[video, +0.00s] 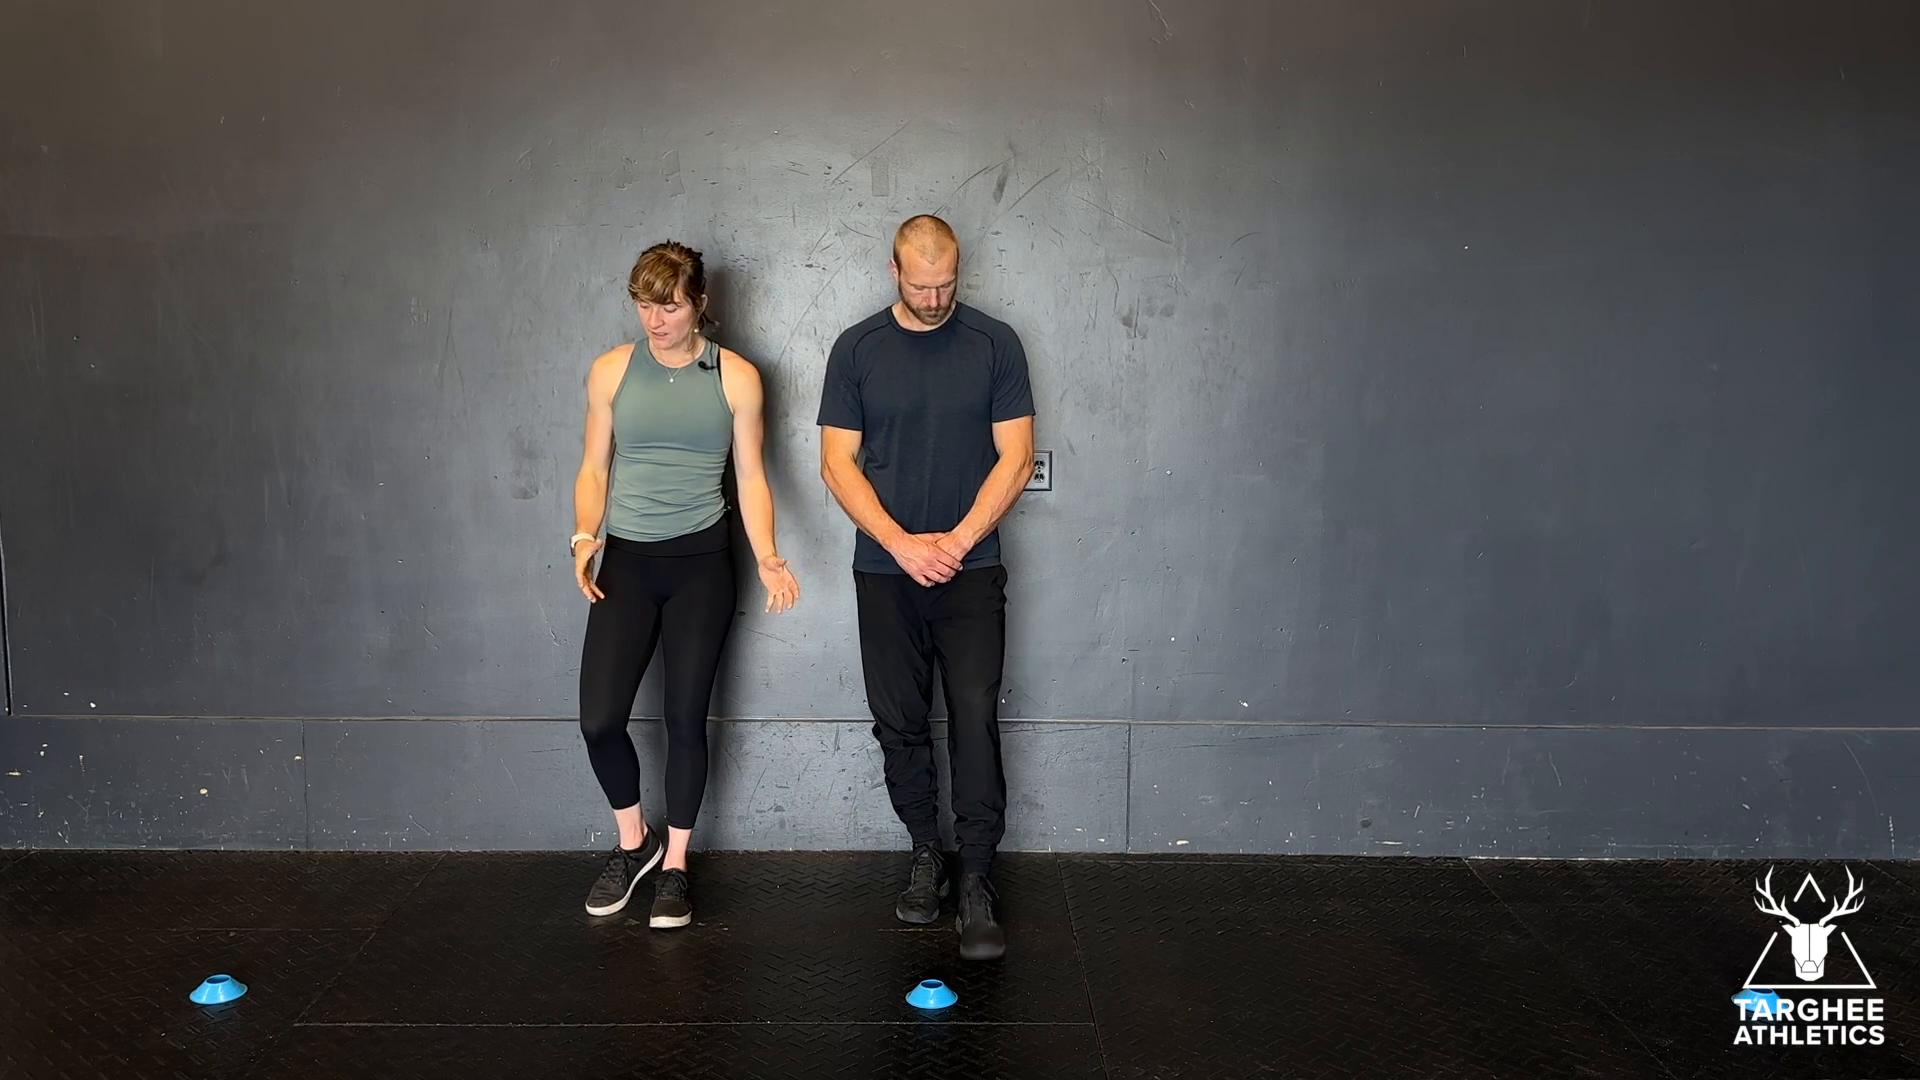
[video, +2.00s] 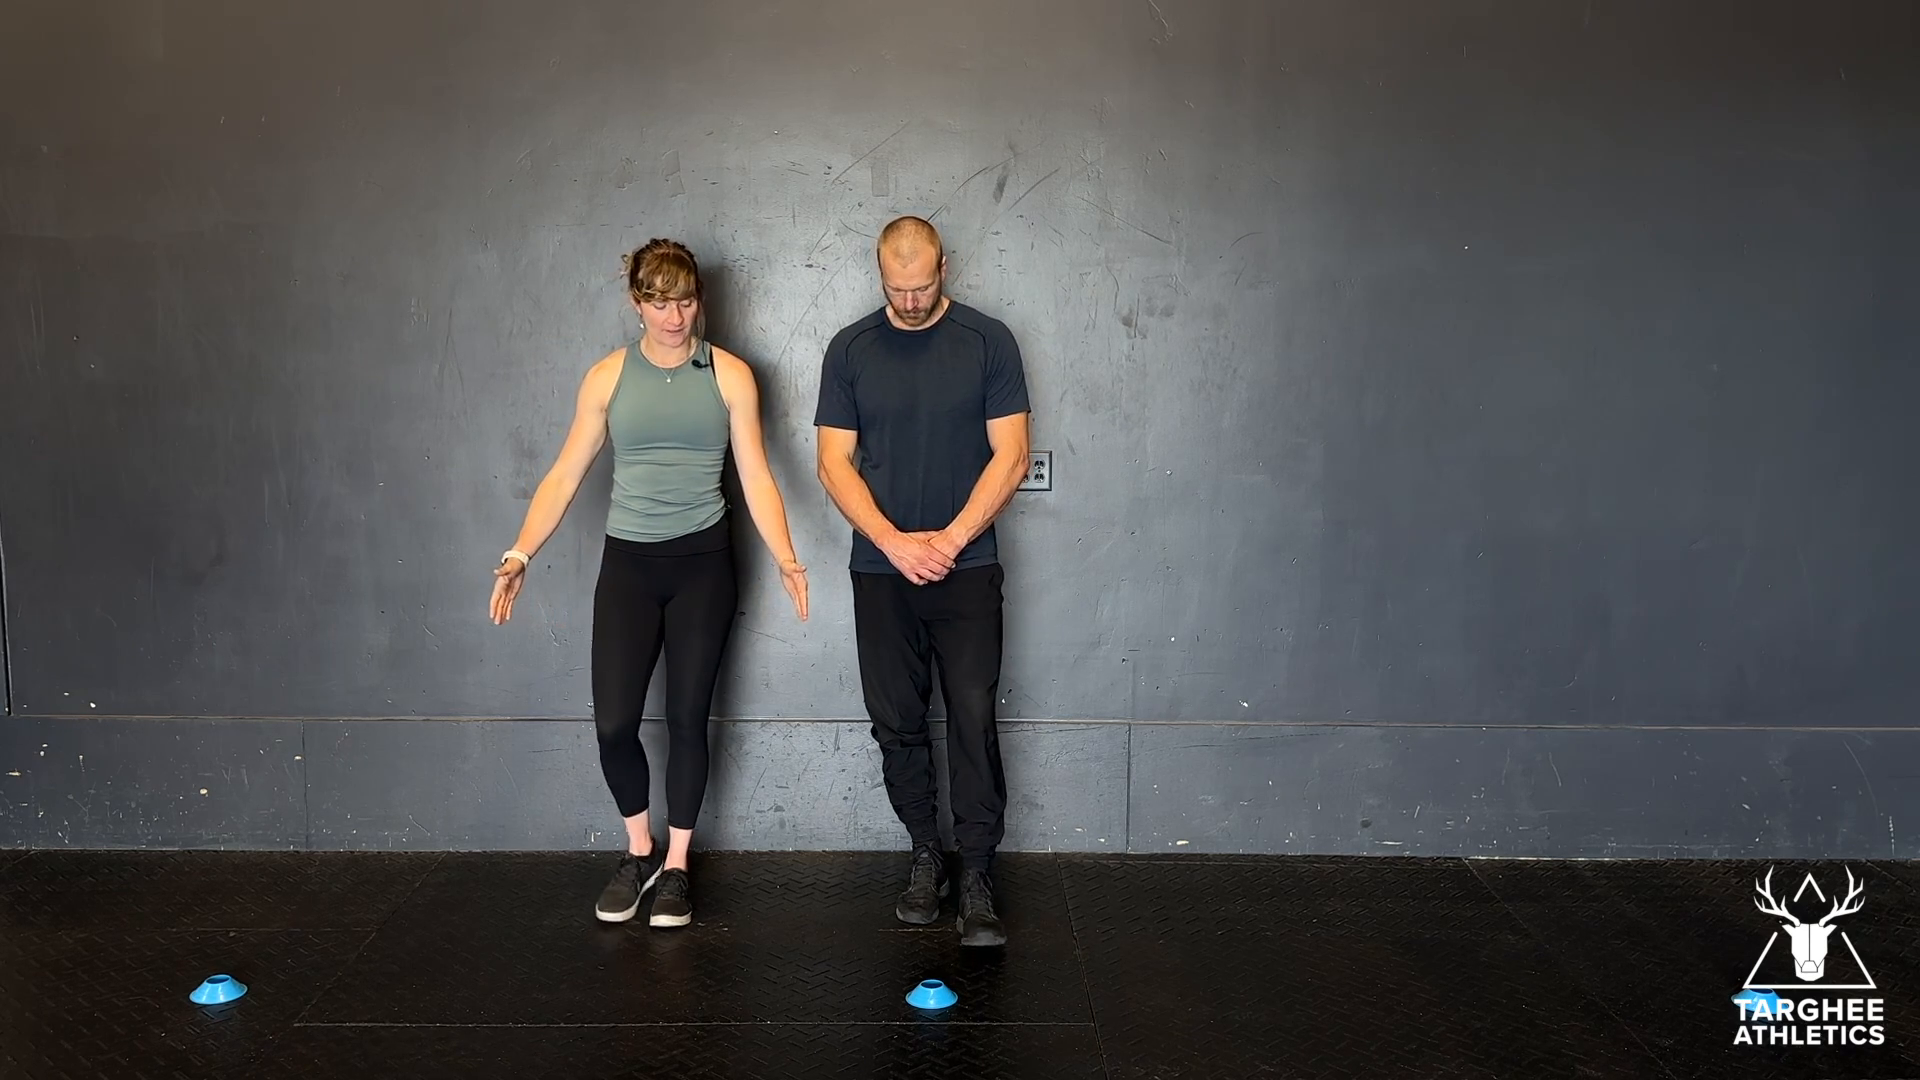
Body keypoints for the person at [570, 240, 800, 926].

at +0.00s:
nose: (654, 319)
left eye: (667, 306)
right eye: (646, 305)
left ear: (698, 304)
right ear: (635, 305)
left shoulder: (736, 377)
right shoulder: (612, 369)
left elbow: (751, 475)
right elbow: (594, 467)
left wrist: (768, 557)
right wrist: (585, 538)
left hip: (703, 560)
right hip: (624, 561)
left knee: (686, 716)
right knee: (600, 719)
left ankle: (675, 866)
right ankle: (636, 843)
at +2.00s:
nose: (675, 315)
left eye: (684, 300)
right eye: (660, 303)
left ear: (699, 301)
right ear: (636, 304)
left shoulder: (730, 376)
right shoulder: (608, 377)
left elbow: (754, 474)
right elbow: (565, 474)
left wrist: (786, 557)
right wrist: (518, 555)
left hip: (703, 562)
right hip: (626, 564)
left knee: (687, 716)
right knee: (615, 724)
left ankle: (676, 868)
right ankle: (642, 855)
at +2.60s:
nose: (690, 311)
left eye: (698, 297)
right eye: (674, 298)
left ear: (708, 300)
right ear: (645, 303)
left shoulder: (735, 378)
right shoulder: (611, 381)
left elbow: (755, 474)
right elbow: (581, 486)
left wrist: (788, 515)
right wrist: (592, 573)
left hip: (718, 568)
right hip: (639, 573)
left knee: (745, 724)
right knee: (639, 724)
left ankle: (780, 882)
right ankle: (636, 872)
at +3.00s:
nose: (747, 313)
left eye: (757, 299)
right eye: (732, 301)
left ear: (771, 302)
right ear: (708, 305)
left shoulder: (803, 380)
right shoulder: (680, 383)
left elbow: (826, 489)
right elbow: (663, 487)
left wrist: (856, 587)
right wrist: (662, 573)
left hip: (791, 570)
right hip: (710, 572)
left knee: (788, 733)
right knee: (675, 739)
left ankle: (795, 889)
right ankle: (660, 861)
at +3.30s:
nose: (773, 311)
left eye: (785, 297)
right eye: (759, 298)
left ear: (800, 300)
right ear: (738, 304)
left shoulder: (833, 381)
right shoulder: (707, 383)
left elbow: (852, 494)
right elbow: (685, 488)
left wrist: (881, 595)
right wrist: (673, 587)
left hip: (815, 574)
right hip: (735, 577)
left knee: (803, 731)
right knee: (735, 730)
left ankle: (796, 889)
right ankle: (764, 853)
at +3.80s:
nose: (751, 311)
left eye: (765, 298)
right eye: (747, 298)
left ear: (805, 302)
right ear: (746, 304)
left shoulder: (847, 388)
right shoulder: (727, 373)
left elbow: (864, 504)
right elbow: (688, 476)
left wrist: (876, 600)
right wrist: (647, 564)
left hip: (805, 574)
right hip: (725, 572)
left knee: (794, 737)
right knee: (676, 724)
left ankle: (793, 891)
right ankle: (671, 886)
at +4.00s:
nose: (735, 308)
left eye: (748, 296)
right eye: (731, 296)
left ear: (790, 299)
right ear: (734, 303)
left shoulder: (833, 388)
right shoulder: (715, 376)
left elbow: (852, 502)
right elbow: (655, 473)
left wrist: (866, 603)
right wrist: (586, 558)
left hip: (786, 574)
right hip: (710, 572)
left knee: (788, 736)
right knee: (639, 716)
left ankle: (794, 892)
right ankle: (580, 872)